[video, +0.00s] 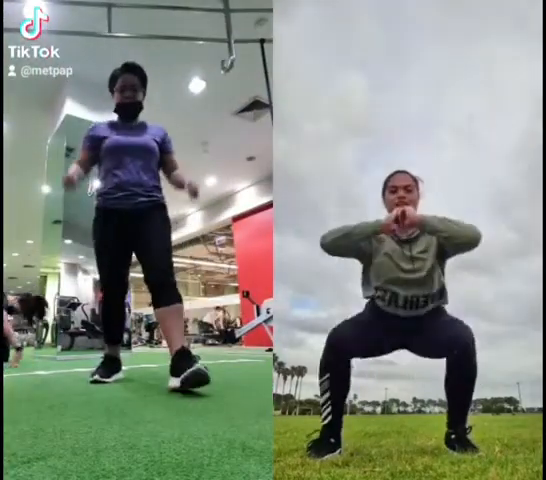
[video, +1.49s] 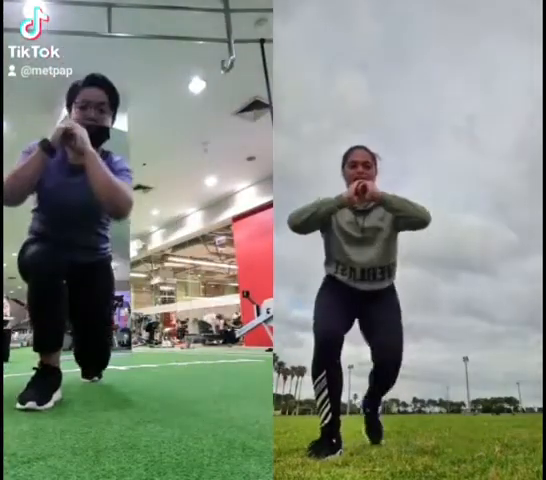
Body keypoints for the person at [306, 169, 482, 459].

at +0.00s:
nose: (400, 196)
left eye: (407, 190)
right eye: (393, 191)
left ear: (419, 196)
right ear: (384, 200)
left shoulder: (436, 239)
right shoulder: (373, 240)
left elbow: (473, 236)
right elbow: (328, 243)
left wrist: (420, 221)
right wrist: (381, 226)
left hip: (428, 324)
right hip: (380, 323)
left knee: (463, 340)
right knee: (338, 341)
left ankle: (457, 434)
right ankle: (330, 437)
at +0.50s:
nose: (362, 181)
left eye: (369, 174)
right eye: (354, 175)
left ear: (380, 180)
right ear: (344, 180)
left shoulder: (395, 219)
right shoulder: (334, 216)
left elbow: (433, 230)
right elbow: (301, 237)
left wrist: (385, 208)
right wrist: (352, 213)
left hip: (389, 303)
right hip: (343, 301)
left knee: (424, 339)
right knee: (319, 343)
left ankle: (445, 430)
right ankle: (330, 437)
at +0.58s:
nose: (358, 175)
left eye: (365, 169)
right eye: (350, 169)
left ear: (375, 175)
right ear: (341, 175)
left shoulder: (389, 213)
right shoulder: (330, 212)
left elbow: (424, 226)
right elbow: (296, 234)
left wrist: (378, 205)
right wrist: (345, 209)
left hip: (383, 298)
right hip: (339, 296)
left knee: (412, 339)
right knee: (318, 345)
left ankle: (408, 412)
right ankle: (330, 436)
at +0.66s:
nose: (353, 175)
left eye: (360, 169)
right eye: (345, 169)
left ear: (370, 175)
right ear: (336, 176)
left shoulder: (383, 212)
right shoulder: (324, 214)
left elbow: (414, 225)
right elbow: (288, 233)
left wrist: (371, 203)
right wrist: (336, 207)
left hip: (380, 295)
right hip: (336, 293)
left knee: (396, 360)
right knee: (319, 347)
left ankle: (376, 393)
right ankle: (330, 435)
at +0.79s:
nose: (342, 194)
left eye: (349, 188)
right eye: (335, 188)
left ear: (359, 194)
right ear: (326, 195)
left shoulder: (370, 228)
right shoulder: (313, 234)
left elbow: (395, 234)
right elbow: (273, 245)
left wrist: (351, 215)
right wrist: (319, 219)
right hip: (329, 311)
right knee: (314, 346)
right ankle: (330, 438)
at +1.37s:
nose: (351, 185)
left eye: (357, 180)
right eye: (345, 180)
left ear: (367, 187)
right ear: (336, 187)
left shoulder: (379, 222)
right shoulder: (323, 223)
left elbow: (408, 227)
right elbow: (284, 230)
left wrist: (364, 207)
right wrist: (331, 210)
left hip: (371, 308)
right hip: (330, 303)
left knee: (356, 393)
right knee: (317, 351)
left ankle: (331, 427)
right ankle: (330, 437)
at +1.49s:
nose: (360, 172)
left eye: (367, 166)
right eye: (353, 166)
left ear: (376, 173)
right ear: (343, 174)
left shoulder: (389, 211)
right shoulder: (331, 209)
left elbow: (423, 219)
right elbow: (295, 223)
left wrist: (380, 197)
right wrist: (343, 201)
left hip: (380, 294)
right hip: (338, 291)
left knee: (390, 361)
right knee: (325, 348)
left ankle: (370, 406)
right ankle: (330, 436)